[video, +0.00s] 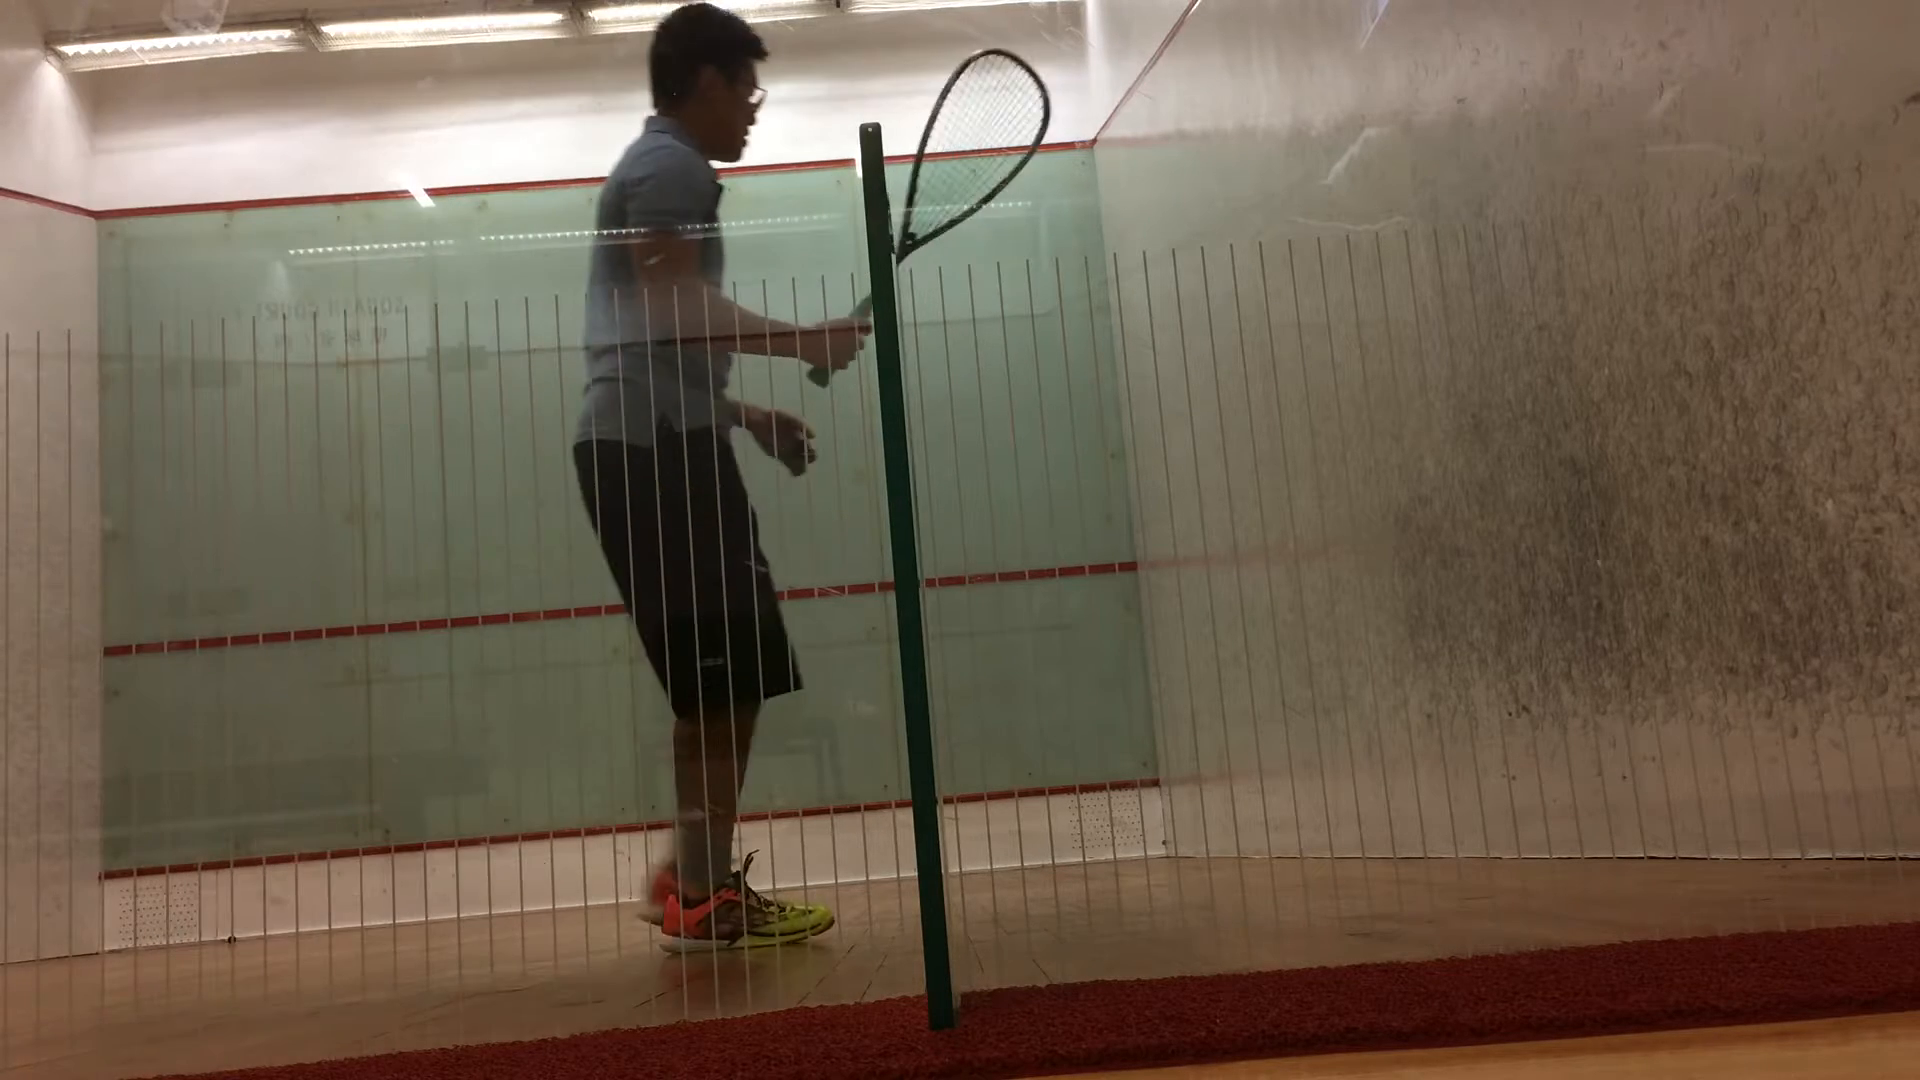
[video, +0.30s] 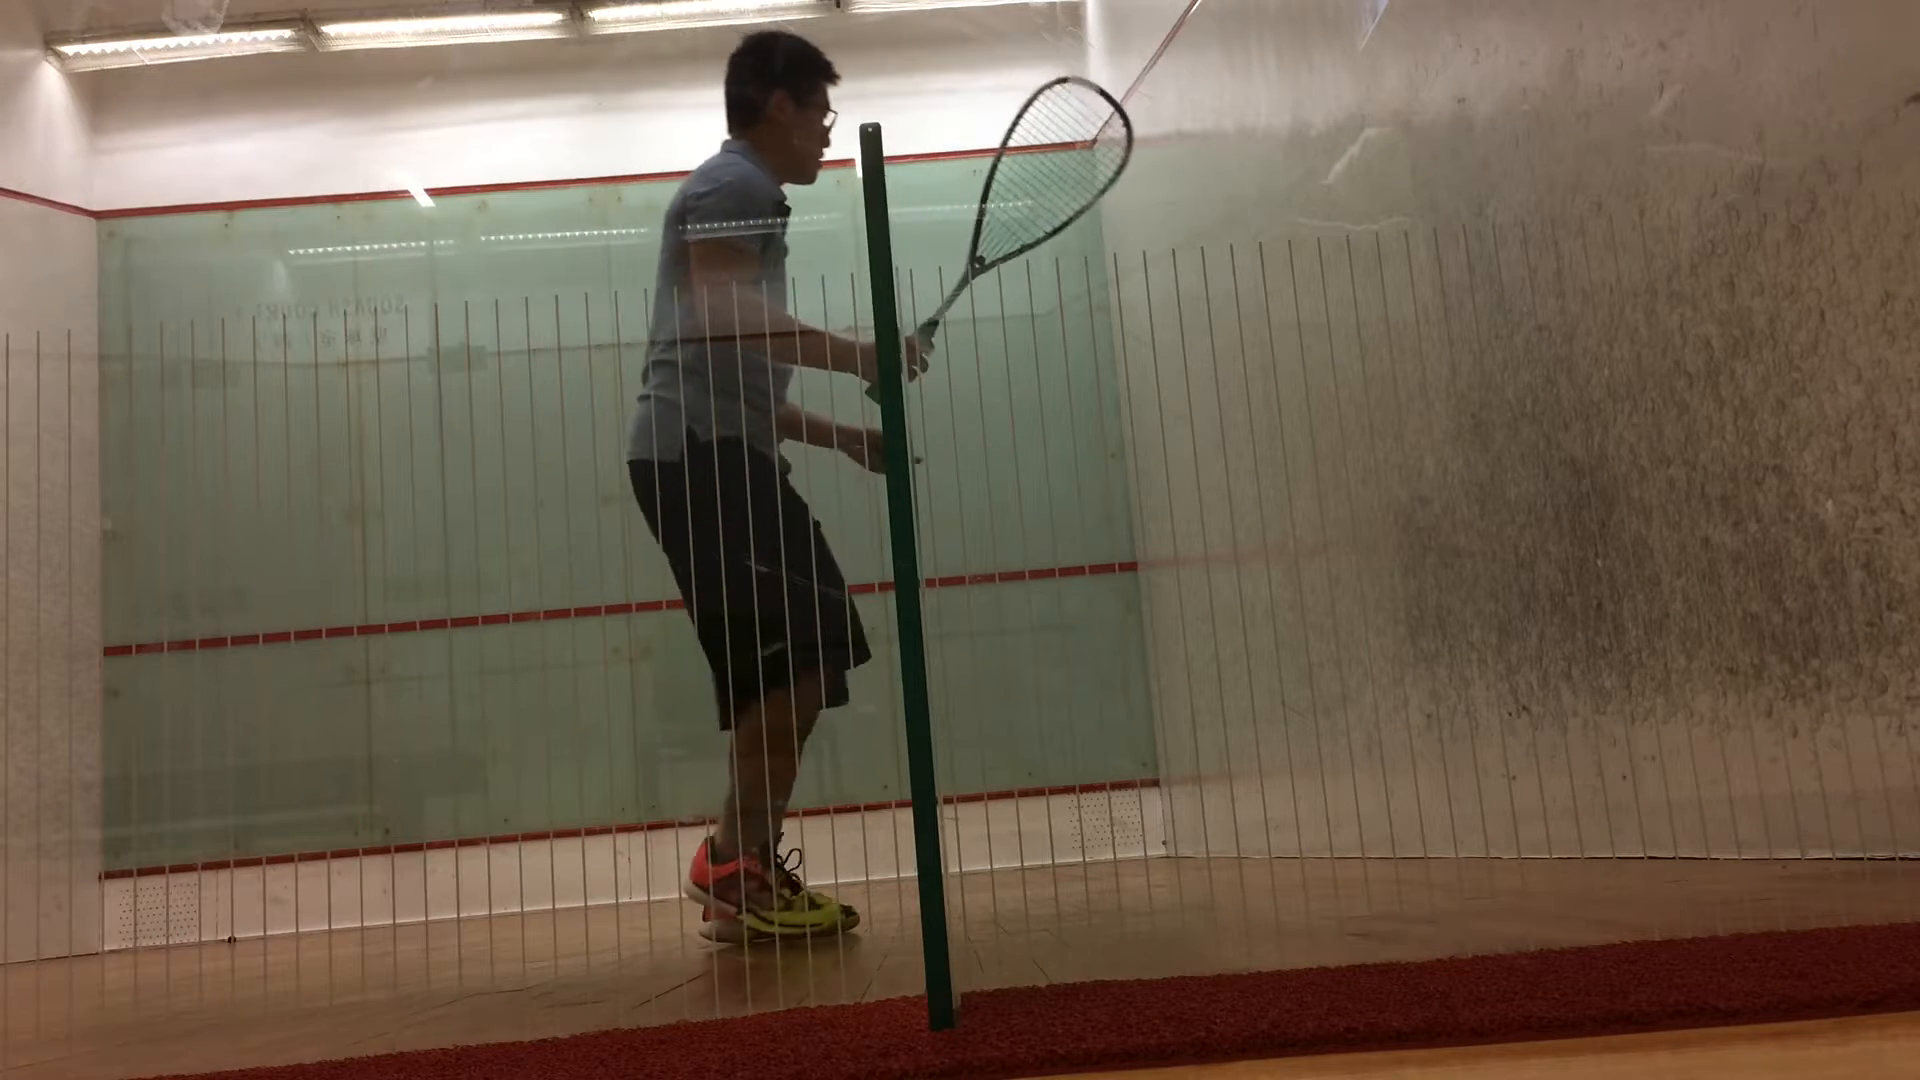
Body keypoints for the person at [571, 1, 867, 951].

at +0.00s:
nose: (757, 105)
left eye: (756, 86)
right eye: (745, 85)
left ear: (692, 87)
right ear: (702, 83)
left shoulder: (655, 177)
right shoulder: (668, 171)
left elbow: (658, 352)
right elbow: (673, 306)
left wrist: (751, 416)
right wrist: (798, 337)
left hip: (670, 448)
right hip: (648, 451)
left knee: (744, 657)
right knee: (719, 662)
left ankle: (690, 869)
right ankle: (706, 889)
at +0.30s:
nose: (829, 132)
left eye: (829, 113)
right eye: (818, 112)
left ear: (769, 114)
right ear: (770, 109)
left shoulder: (750, 208)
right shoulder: (731, 186)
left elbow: (735, 394)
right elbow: (718, 308)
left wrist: (840, 434)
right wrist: (856, 352)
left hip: (725, 455)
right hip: (695, 453)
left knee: (816, 643)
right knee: (798, 643)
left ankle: (750, 864)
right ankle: (737, 860)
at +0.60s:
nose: (867, 121)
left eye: (867, 103)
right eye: (856, 101)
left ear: (815, 101)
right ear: (810, 95)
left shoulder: (796, 216)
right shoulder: (751, 161)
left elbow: (792, 383)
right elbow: (694, 254)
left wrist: (911, 435)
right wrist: (827, 294)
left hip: (762, 442)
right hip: (724, 438)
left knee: (811, 647)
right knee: (789, 637)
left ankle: (779, 872)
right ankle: (758, 868)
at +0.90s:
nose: (882, 127)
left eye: (892, 111)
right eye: (883, 102)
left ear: (847, 90)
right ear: (841, 75)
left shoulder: (825, 219)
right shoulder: (751, 126)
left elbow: (860, 385)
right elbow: (615, 144)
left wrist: (992, 400)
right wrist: (703, 37)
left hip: (779, 418)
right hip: (713, 407)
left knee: (851, 643)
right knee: (782, 648)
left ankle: (800, 874)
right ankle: (749, 891)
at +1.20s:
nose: (920, 161)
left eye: (925, 142)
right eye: (916, 137)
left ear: (870, 127)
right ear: (871, 119)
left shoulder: (825, 238)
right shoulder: (774, 158)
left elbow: (860, 387)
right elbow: (639, 209)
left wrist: (993, 387)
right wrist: (722, 101)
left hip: (763, 433)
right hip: (712, 422)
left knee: (874, 659)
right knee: (838, 648)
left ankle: (798, 878)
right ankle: (757, 887)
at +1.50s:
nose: (908, 163)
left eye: (914, 147)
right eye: (907, 142)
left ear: (829, 123)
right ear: (871, 127)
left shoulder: (748, 193)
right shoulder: (826, 191)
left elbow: (769, 341)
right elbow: (811, 329)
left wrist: (878, 397)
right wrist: (904, 406)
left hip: (680, 445)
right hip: (744, 441)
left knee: (764, 662)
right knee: (828, 652)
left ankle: (754, 873)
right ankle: (773, 873)